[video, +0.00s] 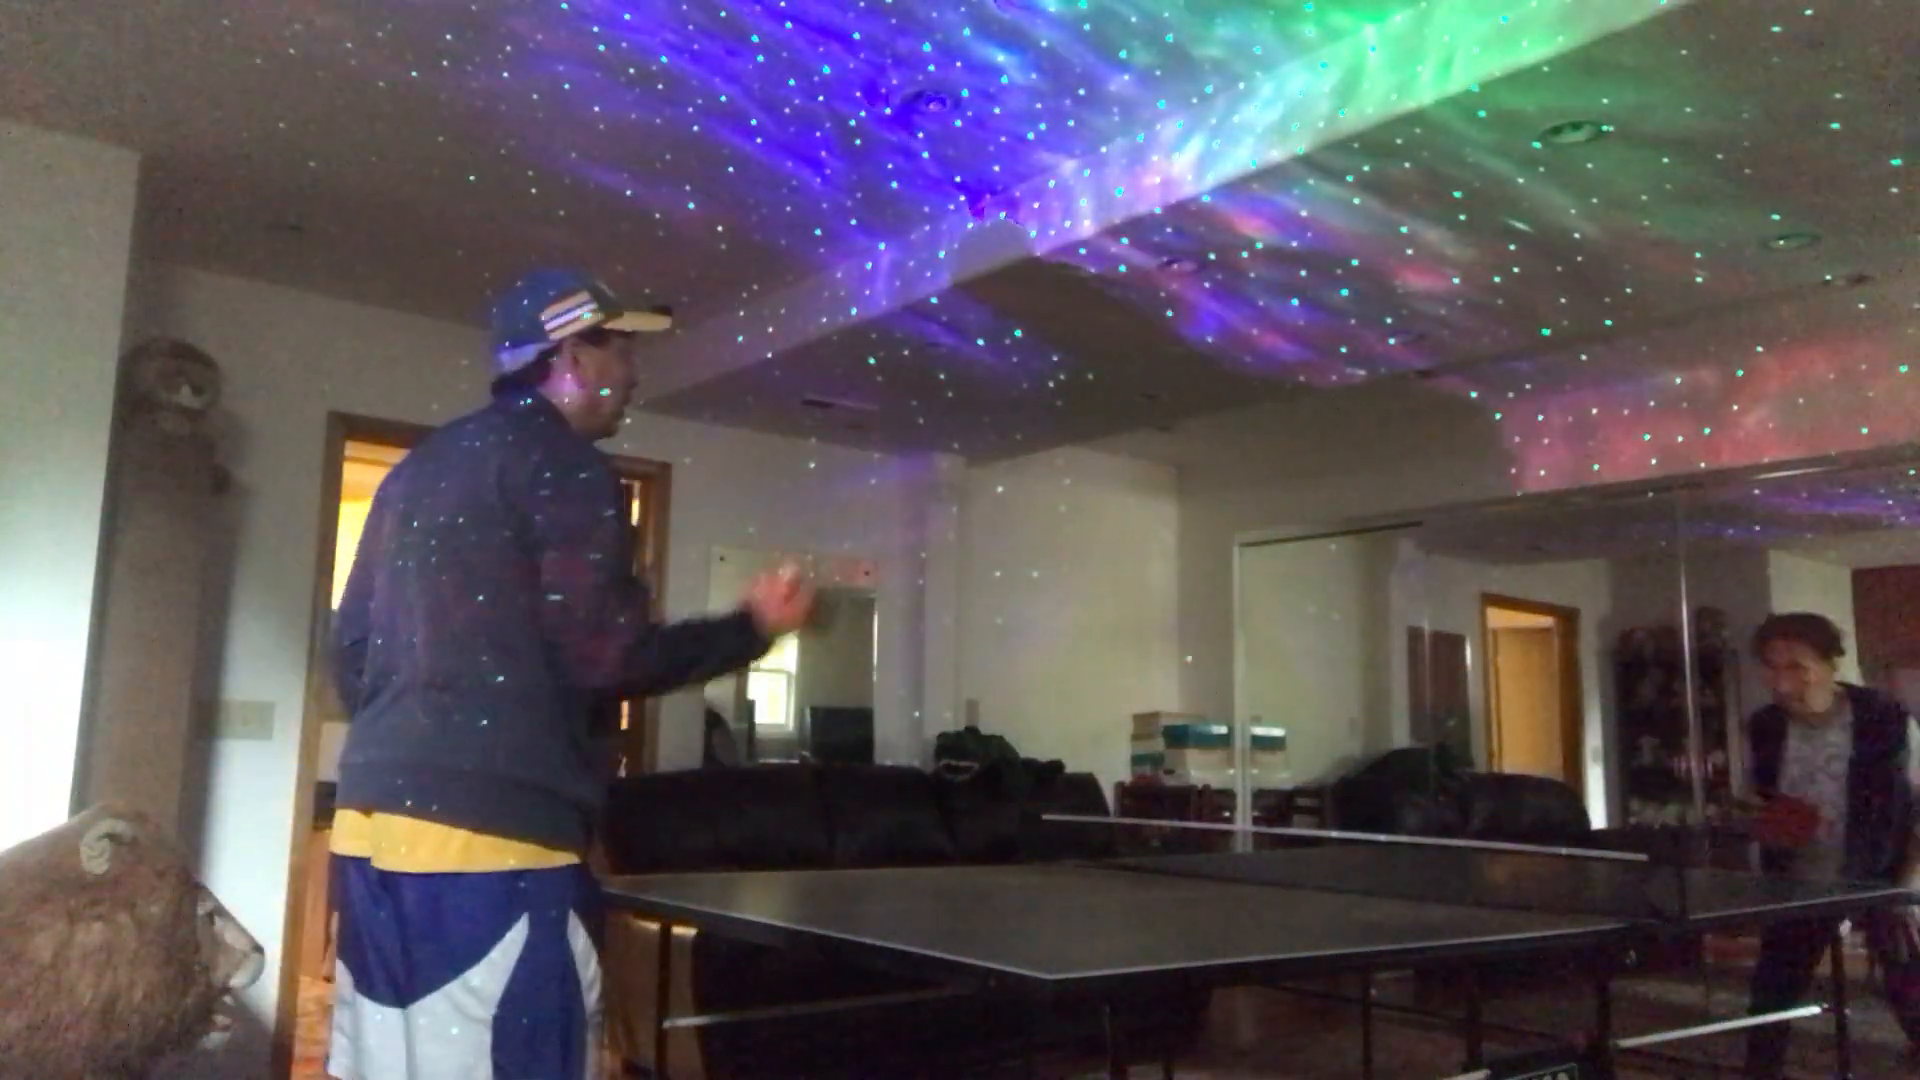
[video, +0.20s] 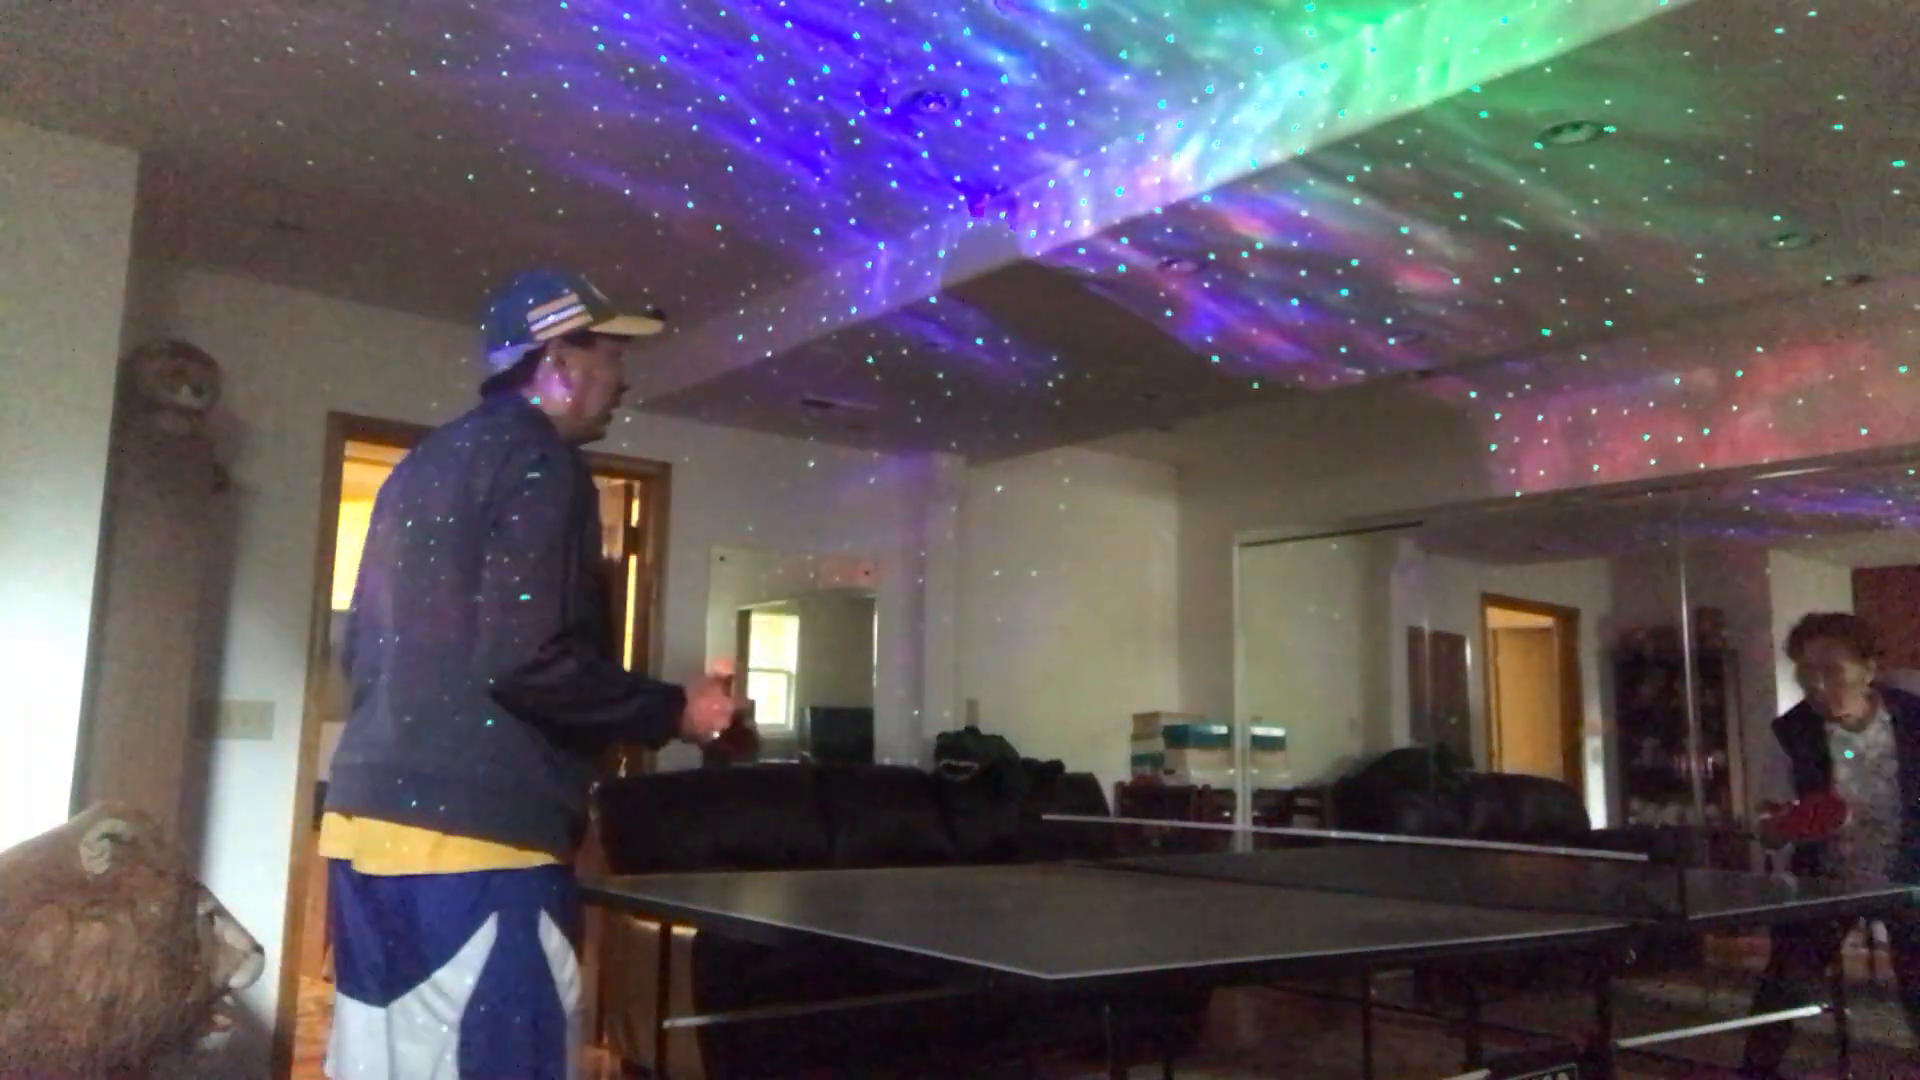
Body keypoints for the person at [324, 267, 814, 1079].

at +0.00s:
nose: (633, 374)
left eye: (631, 352)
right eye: (620, 350)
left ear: (537, 362)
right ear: (567, 358)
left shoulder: (414, 465)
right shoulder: (565, 462)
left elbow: (354, 649)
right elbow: (606, 653)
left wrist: (419, 746)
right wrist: (752, 626)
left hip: (370, 828)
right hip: (497, 842)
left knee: (374, 1067)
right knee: (521, 1063)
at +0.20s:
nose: (622, 377)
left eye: (618, 355)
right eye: (610, 354)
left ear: (542, 366)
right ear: (558, 364)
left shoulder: (416, 465)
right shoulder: (544, 462)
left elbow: (363, 650)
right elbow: (526, 659)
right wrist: (676, 709)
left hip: (366, 831)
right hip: (482, 844)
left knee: (373, 1062)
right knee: (503, 1061)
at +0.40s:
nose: (611, 389)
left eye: (610, 367)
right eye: (600, 365)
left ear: (536, 371)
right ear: (547, 369)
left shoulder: (413, 469)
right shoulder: (518, 474)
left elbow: (352, 646)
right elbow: (518, 668)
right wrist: (676, 700)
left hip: (358, 842)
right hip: (460, 855)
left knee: (366, 1064)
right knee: (470, 1064)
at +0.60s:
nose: (604, 404)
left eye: (603, 382)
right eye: (594, 380)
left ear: (529, 384)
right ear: (540, 382)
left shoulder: (405, 479)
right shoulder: (508, 483)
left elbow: (333, 648)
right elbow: (534, 676)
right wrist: (692, 678)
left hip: (340, 849)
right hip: (446, 861)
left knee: (354, 1068)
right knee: (500, 1065)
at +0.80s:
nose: (630, 437)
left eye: (631, 416)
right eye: (621, 413)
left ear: (545, 411)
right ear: (570, 412)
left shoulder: (424, 490)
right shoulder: (540, 500)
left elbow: (329, 640)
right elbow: (555, 682)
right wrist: (697, 732)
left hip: (326, 821)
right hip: (448, 826)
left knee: (332, 1060)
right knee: (556, 1050)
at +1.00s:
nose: (696, 501)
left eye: (698, 481)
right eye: (690, 478)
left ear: (597, 469)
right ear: (645, 474)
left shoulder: (471, 521)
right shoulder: (626, 564)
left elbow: (343, 636)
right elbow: (673, 748)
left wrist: (349, 775)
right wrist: (785, 808)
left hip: (320, 837)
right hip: (461, 854)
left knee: (298, 1067)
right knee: (536, 1064)